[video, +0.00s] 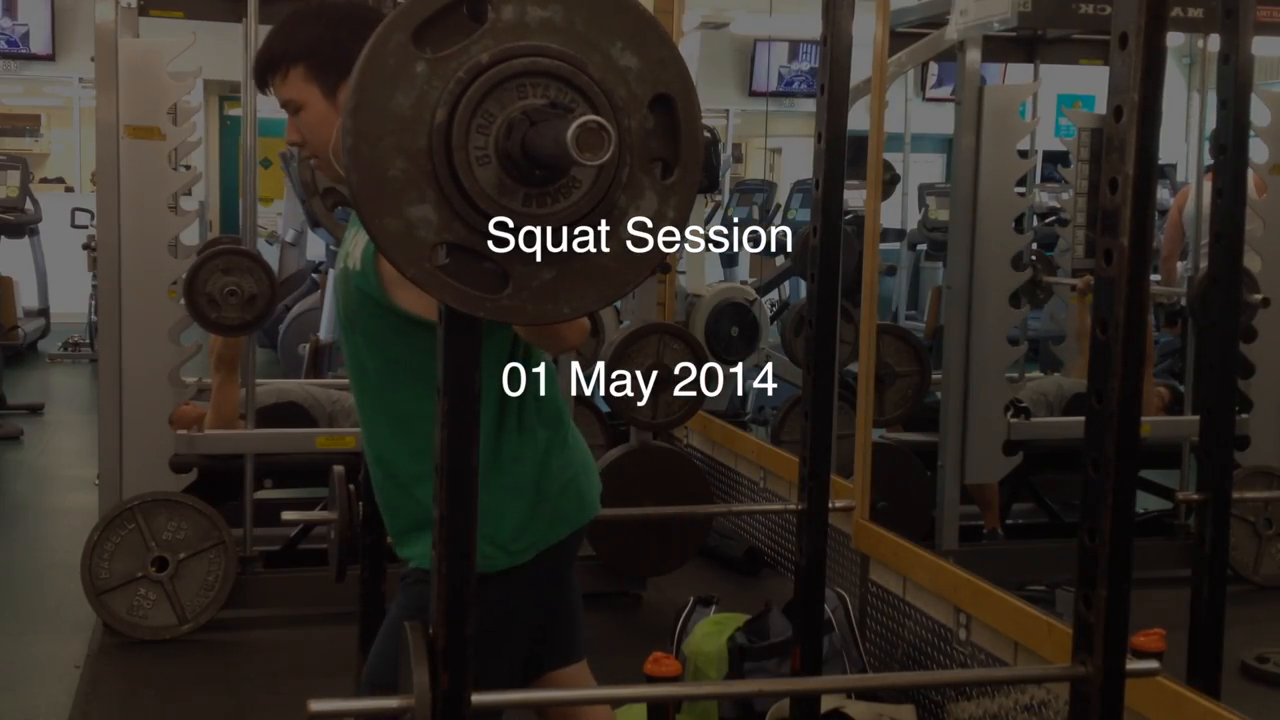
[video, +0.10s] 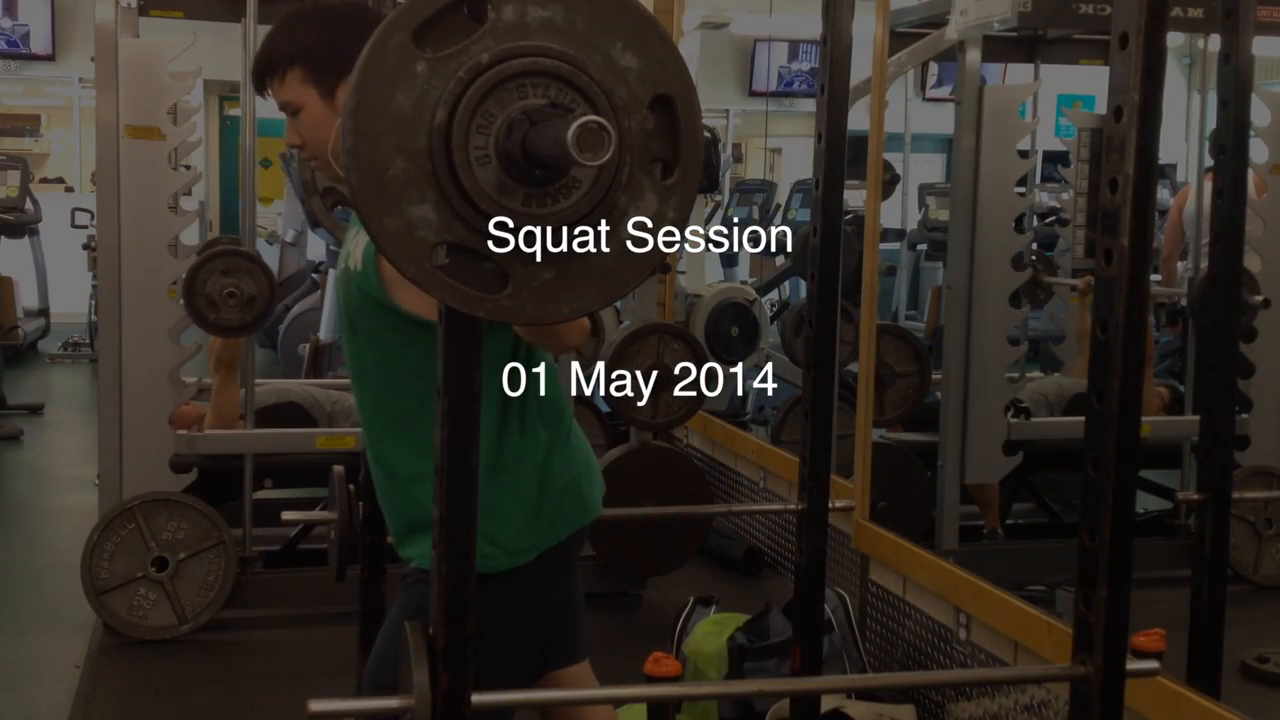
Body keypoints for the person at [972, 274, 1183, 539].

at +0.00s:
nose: (1154, 398)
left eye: (1161, 402)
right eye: (1159, 393)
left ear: (1160, 413)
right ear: (1149, 385)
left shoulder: (1139, 419)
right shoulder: (1101, 392)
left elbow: (1147, 361)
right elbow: (1084, 345)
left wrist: (1143, 305)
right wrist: (1080, 298)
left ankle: (992, 527)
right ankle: (992, 526)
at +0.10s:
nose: (1155, 399)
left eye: (1161, 403)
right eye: (1159, 394)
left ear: (1160, 413)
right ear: (1149, 385)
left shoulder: (1139, 417)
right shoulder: (1101, 390)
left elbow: (1147, 362)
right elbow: (1085, 345)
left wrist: (1143, 308)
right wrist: (1081, 299)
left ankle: (992, 526)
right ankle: (991, 525)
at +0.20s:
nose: (1155, 399)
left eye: (1161, 402)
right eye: (1159, 394)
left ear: (1162, 412)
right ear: (1150, 385)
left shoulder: (1142, 418)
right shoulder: (1102, 391)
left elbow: (1147, 363)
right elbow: (1086, 347)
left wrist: (1145, 312)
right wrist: (1082, 300)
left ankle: (992, 526)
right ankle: (991, 526)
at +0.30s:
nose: (1155, 397)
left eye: (1161, 400)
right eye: (1159, 392)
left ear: (1161, 412)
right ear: (1149, 385)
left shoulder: (1142, 417)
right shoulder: (1102, 391)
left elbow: (1147, 363)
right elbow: (1086, 344)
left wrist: (1145, 311)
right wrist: (1082, 300)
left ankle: (992, 526)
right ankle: (991, 525)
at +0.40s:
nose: (1154, 399)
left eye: (1161, 401)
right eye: (1158, 393)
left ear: (1161, 414)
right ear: (1148, 385)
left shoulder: (1140, 420)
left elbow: (1147, 362)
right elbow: (1086, 350)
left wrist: (1144, 311)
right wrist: (1084, 302)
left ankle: (992, 526)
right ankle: (991, 525)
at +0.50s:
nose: (1155, 398)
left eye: (1162, 401)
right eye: (1159, 392)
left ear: (1160, 413)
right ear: (1149, 384)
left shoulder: (1140, 420)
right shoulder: (1102, 393)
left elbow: (1147, 362)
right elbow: (1086, 347)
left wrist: (1145, 311)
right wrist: (1083, 300)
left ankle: (992, 526)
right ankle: (991, 525)